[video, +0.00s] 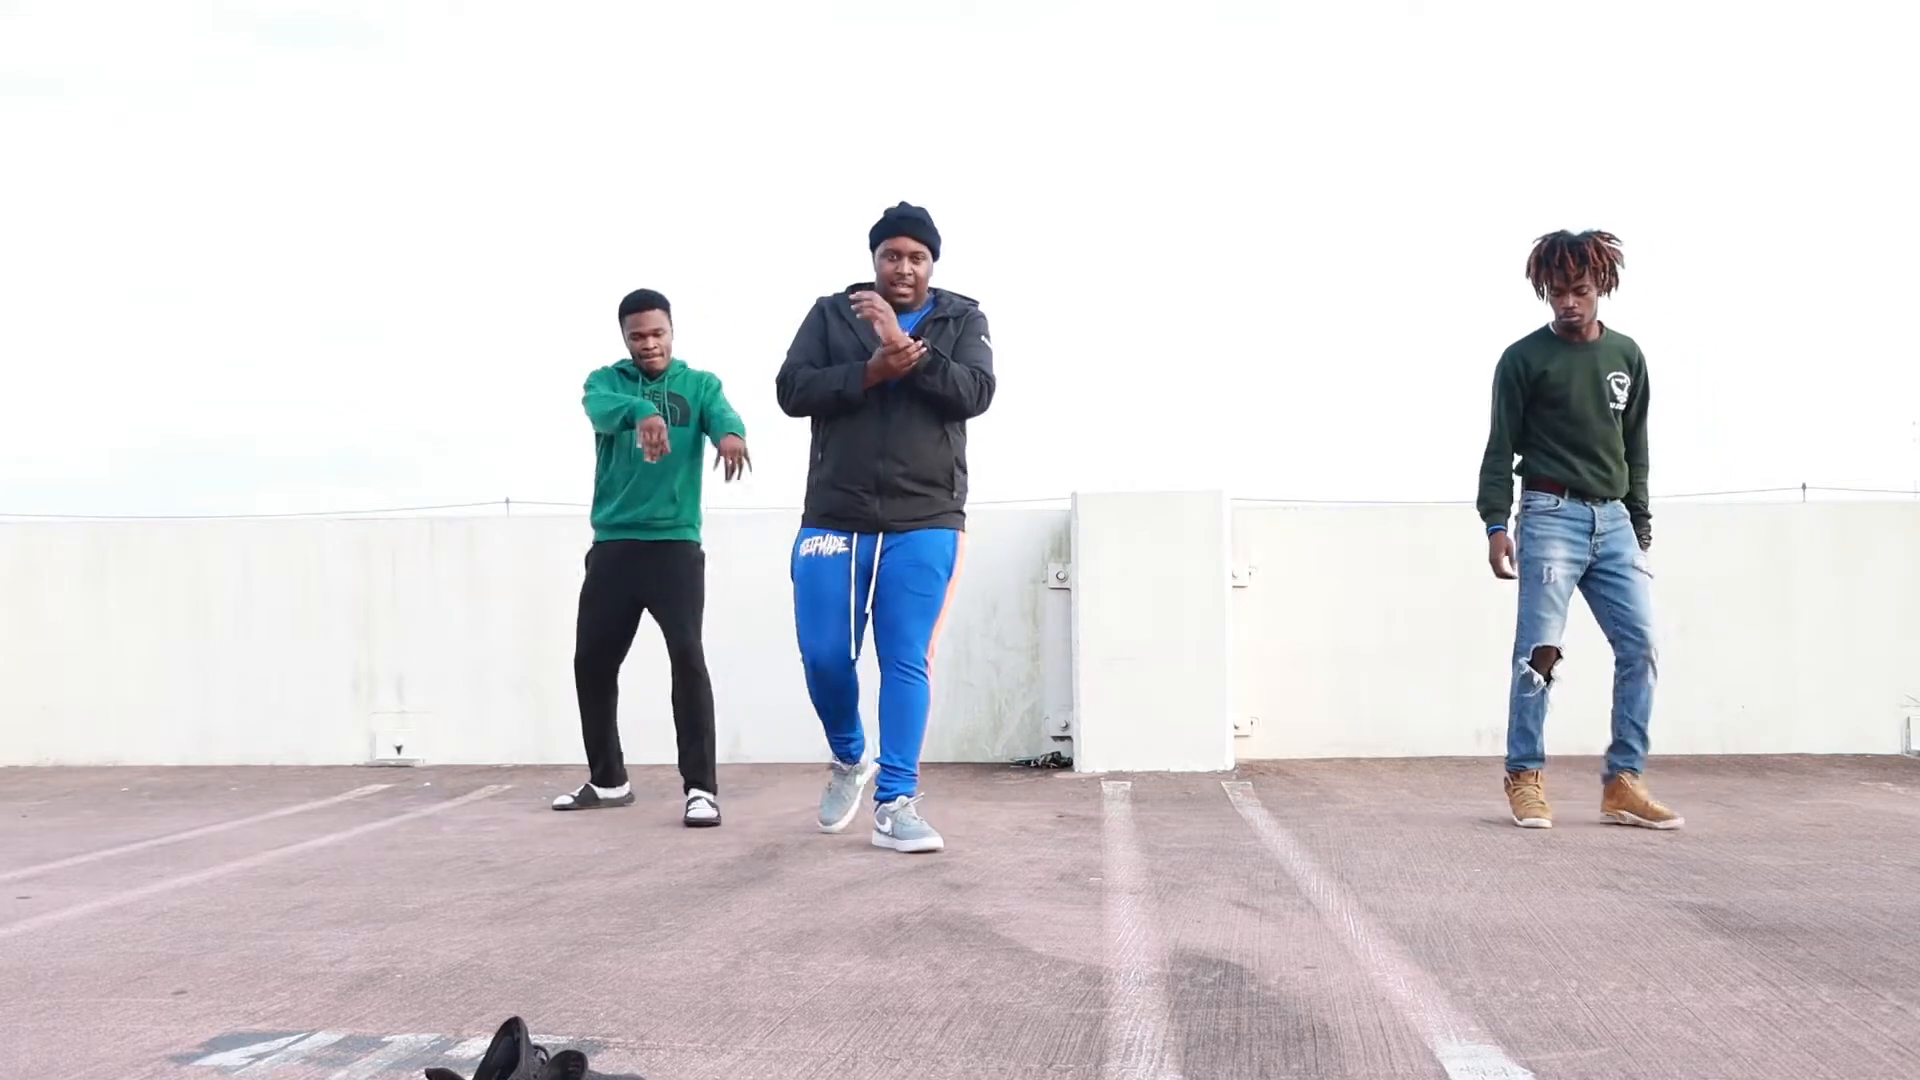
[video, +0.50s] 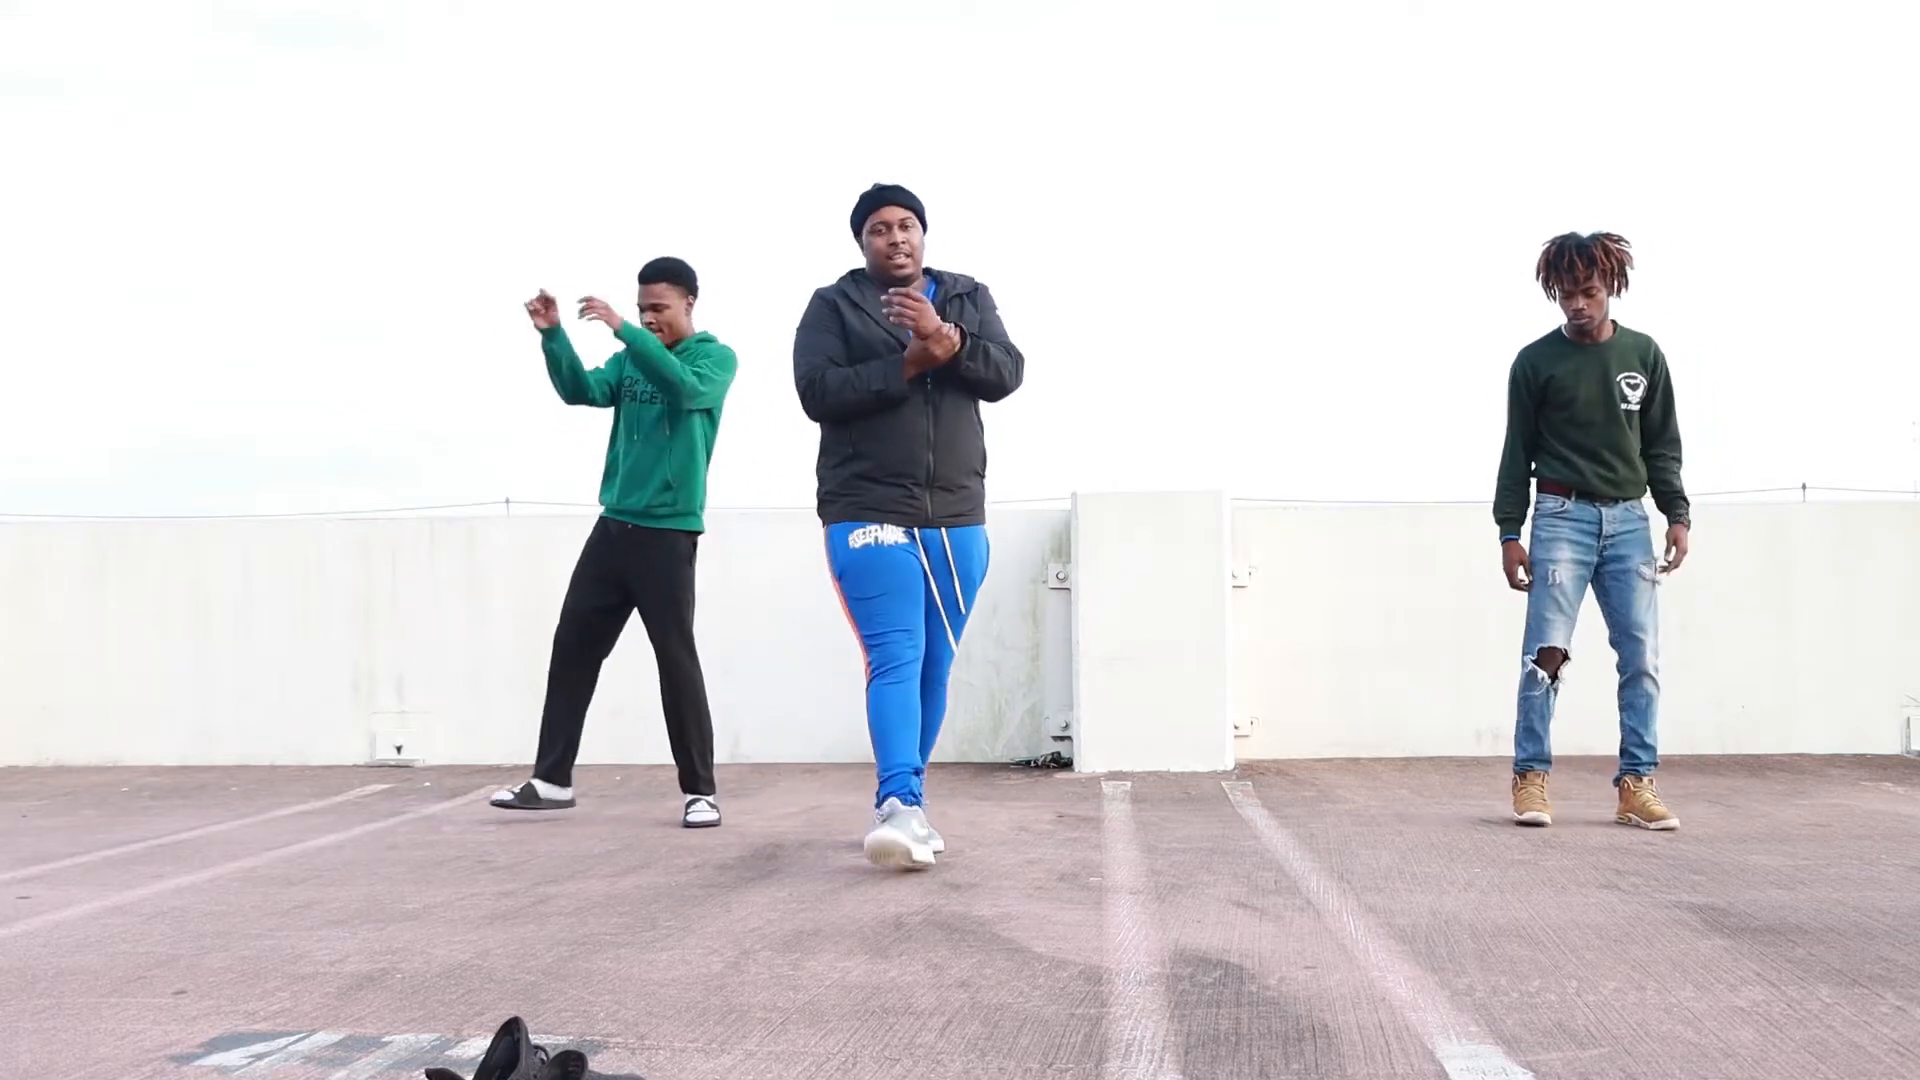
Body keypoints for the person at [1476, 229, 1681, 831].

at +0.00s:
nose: (1567, 302)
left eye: (1577, 290)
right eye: (1556, 291)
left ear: (1601, 288)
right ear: (1544, 292)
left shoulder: (1626, 356)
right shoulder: (1522, 360)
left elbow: (1635, 448)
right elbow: (1499, 449)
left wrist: (1639, 526)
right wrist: (1496, 523)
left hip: (1612, 521)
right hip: (1548, 517)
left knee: (1640, 647)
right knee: (1539, 652)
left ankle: (1622, 782)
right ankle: (1524, 777)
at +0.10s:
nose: (1567, 304)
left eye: (1578, 292)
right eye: (1556, 294)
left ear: (1601, 290)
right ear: (1544, 295)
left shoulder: (1626, 358)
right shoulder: (1522, 363)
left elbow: (1638, 451)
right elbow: (1495, 452)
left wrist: (1646, 534)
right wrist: (1488, 533)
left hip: (1614, 523)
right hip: (1551, 519)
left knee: (1635, 653)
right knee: (1543, 652)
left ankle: (1626, 785)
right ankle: (1525, 778)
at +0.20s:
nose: (1568, 297)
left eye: (1578, 285)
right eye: (1557, 286)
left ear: (1600, 285)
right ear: (1544, 290)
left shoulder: (1627, 353)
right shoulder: (1522, 359)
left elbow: (1641, 447)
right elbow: (1497, 450)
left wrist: (1654, 526)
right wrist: (1488, 534)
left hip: (1618, 520)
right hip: (1552, 517)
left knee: (1631, 652)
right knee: (1541, 651)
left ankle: (1626, 784)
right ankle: (1526, 778)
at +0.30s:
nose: (1569, 299)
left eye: (1580, 287)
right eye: (1558, 288)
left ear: (1603, 287)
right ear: (1545, 291)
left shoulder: (1629, 354)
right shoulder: (1524, 361)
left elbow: (1646, 446)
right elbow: (1500, 454)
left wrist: (1669, 515)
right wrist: (1495, 536)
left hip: (1619, 521)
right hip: (1553, 519)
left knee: (1638, 653)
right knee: (1542, 653)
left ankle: (1630, 783)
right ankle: (1528, 780)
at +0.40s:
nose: (1573, 306)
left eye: (1584, 293)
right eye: (1562, 295)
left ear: (1608, 290)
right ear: (1550, 296)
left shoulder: (1635, 357)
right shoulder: (1528, 365)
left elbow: (1650, 449)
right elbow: (1507, 458)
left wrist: (1676, 511)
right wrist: (1503, 539)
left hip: (1623, 521)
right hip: (1556, 520)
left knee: (1646, 651)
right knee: (1543, 654)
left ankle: (1641, 782)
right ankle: (1529, 780)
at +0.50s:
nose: (1577, 303)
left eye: (1588, 291)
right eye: (1566, 293)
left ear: (1611, 288)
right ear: (1554, 293)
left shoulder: (1643, 354)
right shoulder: (1533, 362)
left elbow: (1661, 444)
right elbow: (1515, 454)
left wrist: (1677, 513)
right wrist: (1510, 534)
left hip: (1630, 520)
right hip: (1559, 518)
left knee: (1643, 656)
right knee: (1546, 652)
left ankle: (1636, 783)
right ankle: (1531, 778)